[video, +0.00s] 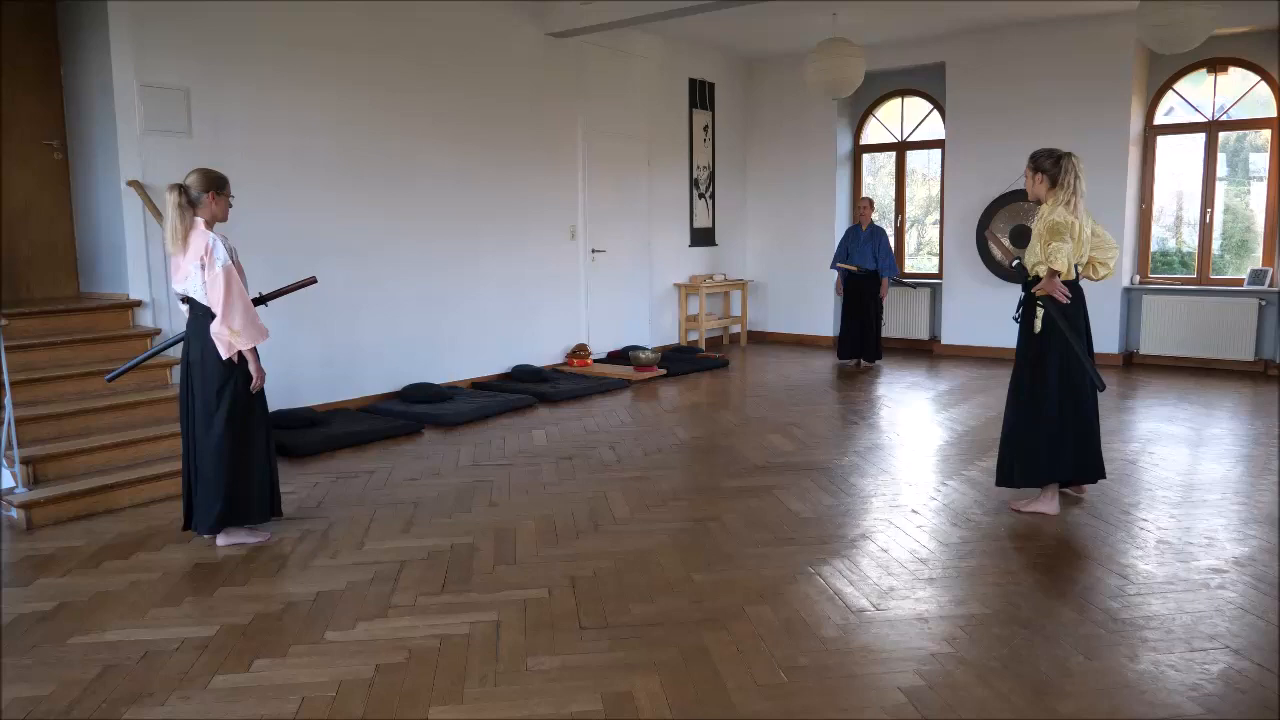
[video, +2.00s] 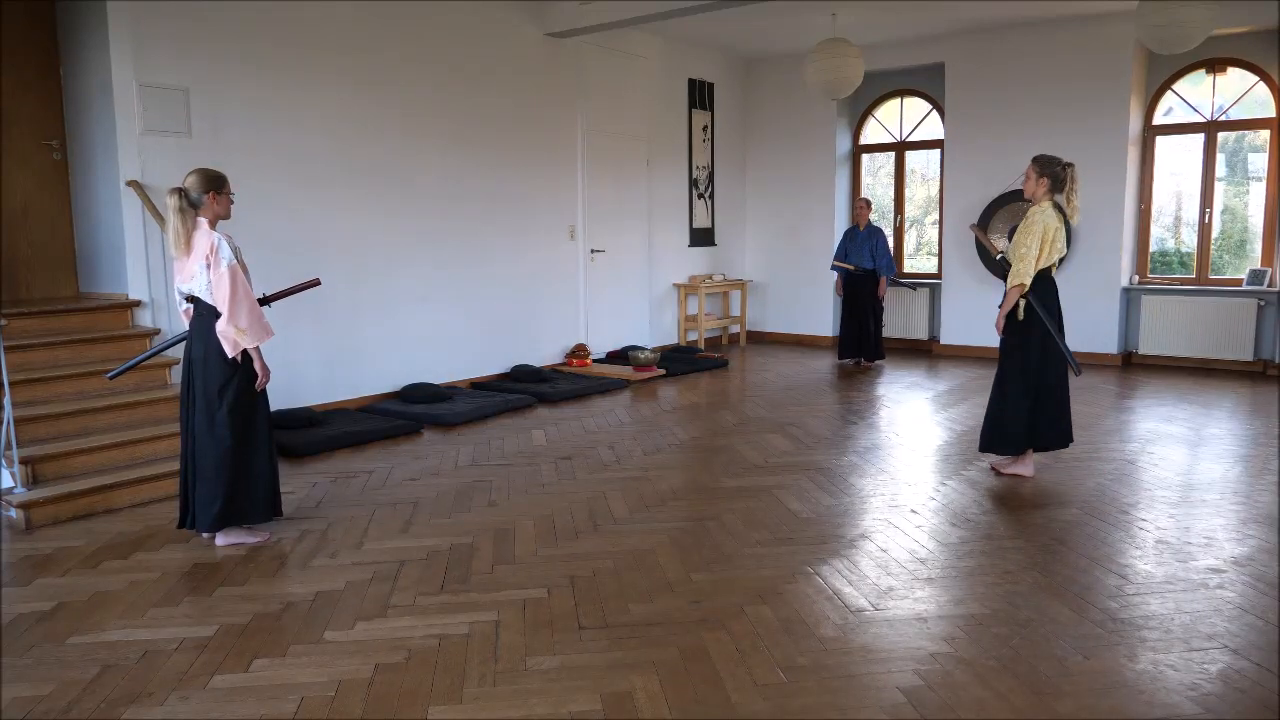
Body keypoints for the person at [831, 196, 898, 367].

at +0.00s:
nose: (861, 211)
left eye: (864, 208)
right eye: (859, 208)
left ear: (871, 210)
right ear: (856, 210)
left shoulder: (879, 233)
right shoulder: (850, 232)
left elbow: (885, 260)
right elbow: (841, 257)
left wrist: (884, 284)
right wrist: (839, 278)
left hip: (871, 278)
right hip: (852, 278)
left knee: (870, 318)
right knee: (852, 317)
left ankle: (869, 357)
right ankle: (854, 356)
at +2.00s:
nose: (858, 210)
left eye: (862, 208)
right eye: (856, 208)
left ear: (869, 210)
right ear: (853, 210)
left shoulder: (876, 232)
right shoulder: (849, 233)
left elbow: (883, 258)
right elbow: (841, 257)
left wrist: (883, 281)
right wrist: (839, 279)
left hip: (870, 278)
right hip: (851, 278)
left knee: (869, 317)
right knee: (853, 316)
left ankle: (869, 357)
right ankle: (856, 355)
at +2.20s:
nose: (858, 211)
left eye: (862, 208)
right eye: (856, 208)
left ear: (869, 211)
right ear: (853, 210)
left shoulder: (877, 233)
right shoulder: (849, 233)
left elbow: (883, 259)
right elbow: (841, 257)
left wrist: (883, 282)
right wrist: (840, 279)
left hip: (870, 278)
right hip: (851, 278)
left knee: (869, 317)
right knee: (853, 316)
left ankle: (869, 357)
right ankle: (856, 355)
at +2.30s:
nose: (858, 211)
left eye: (862, 208)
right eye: (856, 208)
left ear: (870, 210)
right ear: (854, 210)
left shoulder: (877, 232)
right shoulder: (849, 233)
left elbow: (884, 259)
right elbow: (841, 257)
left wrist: (883, 282)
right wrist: (840, 278)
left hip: (870, 278)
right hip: (852, 278)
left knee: (869, 317)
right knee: (853, 316)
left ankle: (869, 357)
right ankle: (856, 355)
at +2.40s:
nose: (858, 211)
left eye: (862, 208)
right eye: (856, 208)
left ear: (870, 210)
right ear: (854, 210)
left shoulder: (877, 233)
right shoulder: (849, 233)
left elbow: (884, 259)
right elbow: (841, 257)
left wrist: (883, 282)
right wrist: (840, 278)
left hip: (870, 279)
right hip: (852, 278)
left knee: (869, 317)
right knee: (853, 316)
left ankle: (869, 357)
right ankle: (856, 355)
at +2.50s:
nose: (858, 211)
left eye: (862, 208)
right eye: (856, 208)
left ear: (870, 210)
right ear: (854, 210)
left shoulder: (877, 233)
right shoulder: (850, 233)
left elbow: (884, 259)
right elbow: (841, 257)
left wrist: (883, 283)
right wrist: (840, 278)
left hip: (870, 279)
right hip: (852, 278)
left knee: (869, 317)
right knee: (853, 316)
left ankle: (869, 357)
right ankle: (856, 355)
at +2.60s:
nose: (859, 211)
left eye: (862, 208)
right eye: (857, 208)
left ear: (870, 210)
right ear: (854, 210)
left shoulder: (878, 233)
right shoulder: (850, 233)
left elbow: (884, 259)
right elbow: (841, 257)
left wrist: (884, 282)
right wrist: (840, 278)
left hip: (871, 279)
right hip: (852, 278)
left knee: (870, 317)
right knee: (853, 317)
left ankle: (869, 357)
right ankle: (855, 355)